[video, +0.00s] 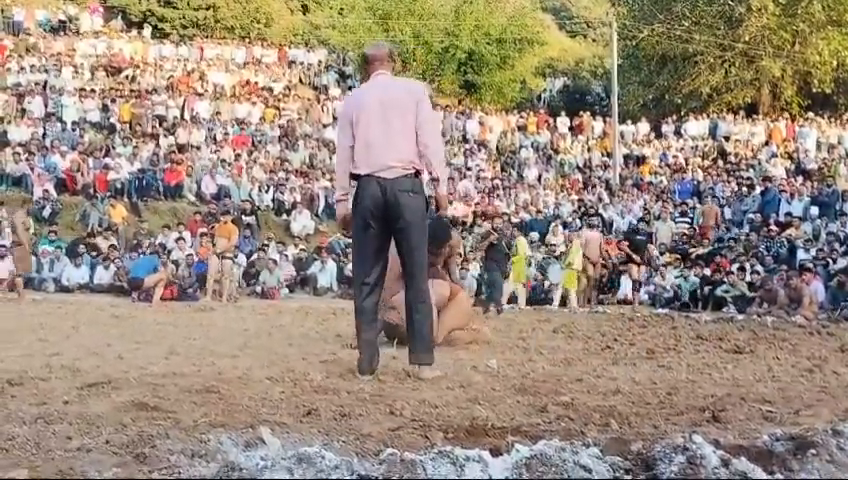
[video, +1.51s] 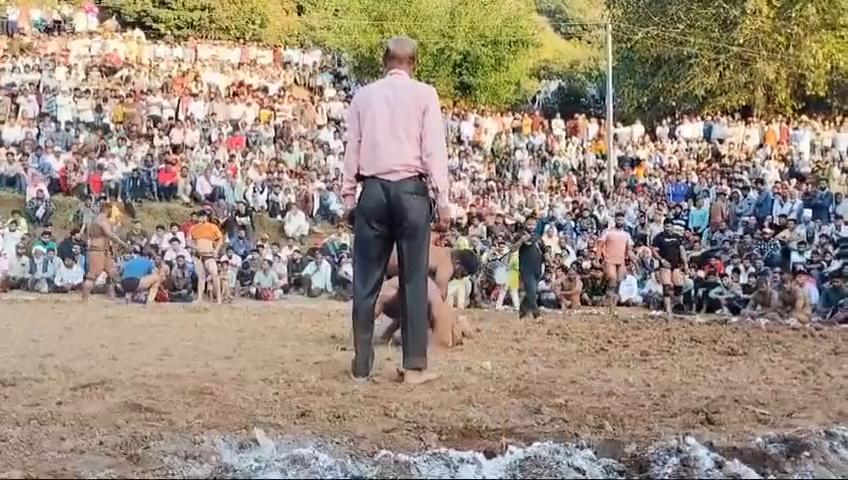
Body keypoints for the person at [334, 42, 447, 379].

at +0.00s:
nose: (382, 67)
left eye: (375, 62)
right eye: (389, 61)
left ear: (365, 68)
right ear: (393, 63)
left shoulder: (351, 99)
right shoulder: (416, 90)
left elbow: (343, 152)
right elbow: (429, 141)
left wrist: (342, 198)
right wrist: (441, 185)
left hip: (366, 191)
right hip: (407, 188)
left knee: (366, 279)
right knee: (416, 277)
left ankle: (367, 363)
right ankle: (422, 359)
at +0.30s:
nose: (380, 66)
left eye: (369, 62)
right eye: (384, 60)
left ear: (360, 66)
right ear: (387, 62)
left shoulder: (347, 99)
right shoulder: (409, 89)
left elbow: (336, 149)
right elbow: (423, 141)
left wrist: (326, 195)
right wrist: (436, 187)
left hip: (363, 191)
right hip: (403, 187)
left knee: (363, 279)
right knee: (414, 278)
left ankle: (365, 362)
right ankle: (417, 360)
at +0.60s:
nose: (389, 65)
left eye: (378, 60)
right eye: (396, 59)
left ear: (371, 63)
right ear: (398, 61)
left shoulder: (356, 98)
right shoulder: (419, 90)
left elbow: (346, 151)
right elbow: (431, 143)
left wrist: (346, 197)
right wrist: (442, 189)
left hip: (369, 192)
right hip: (409, 189)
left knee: (367, 280)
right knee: (415, 279)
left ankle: (366, 364)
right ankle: (416, 365)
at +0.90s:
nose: (404, 64)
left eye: (392, 58)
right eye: (409, 60)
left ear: (383, 61)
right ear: (411, 61)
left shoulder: (363, 95)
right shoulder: (426, 91)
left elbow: (355, 145)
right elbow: (437, 145)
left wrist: (357, 186)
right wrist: (448, 194)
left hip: (375, 190)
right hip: (415, 188)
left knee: (369, 278)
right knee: (419, 277)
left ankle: (366, 363)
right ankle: (419, 364)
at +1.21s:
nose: (406, 65)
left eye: (395, 59)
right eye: (412, 60)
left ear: (386, 61)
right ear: (415, 61)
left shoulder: (364, 94)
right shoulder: (428, 91)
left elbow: (354, 146)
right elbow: (437, 148)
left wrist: (354, 191)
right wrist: (447, 198)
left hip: (374, 191)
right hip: (415, 190)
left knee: (368, 281)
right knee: (419, 278)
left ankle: (365, 365)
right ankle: (417, 364)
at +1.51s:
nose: (408, 67)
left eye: (392, 61)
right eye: (412, 62)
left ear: (384, 62)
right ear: (414, 63)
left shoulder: (362, 95)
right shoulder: (425, 94)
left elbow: (352, 147)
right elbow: (434, 150)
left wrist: (349, 192)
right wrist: (442, 199)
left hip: (371, 191)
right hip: (412, 191)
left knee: (366, 280)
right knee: (415, 278)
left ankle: (362, 365)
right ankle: (414, 365)